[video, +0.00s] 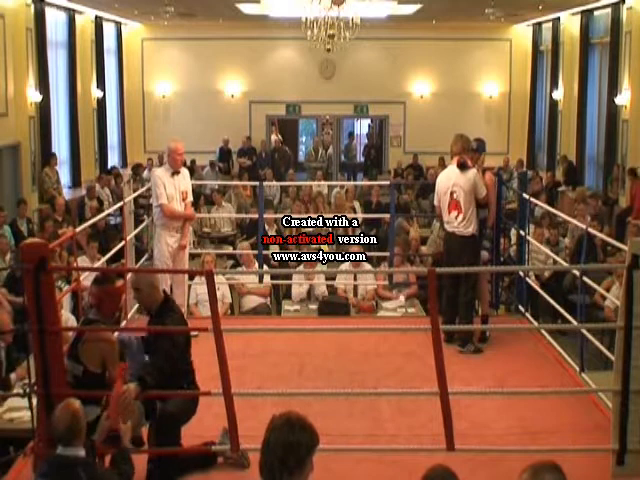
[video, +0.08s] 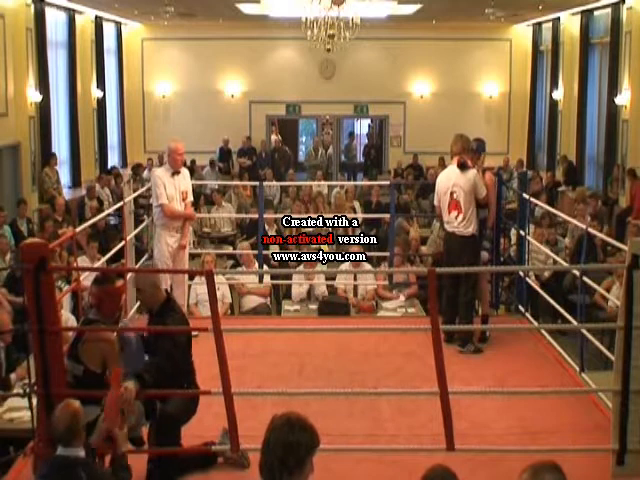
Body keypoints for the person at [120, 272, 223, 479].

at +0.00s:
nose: (135, 297)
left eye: (138, 291)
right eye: (134, 291)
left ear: (154, 290)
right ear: (154, 291)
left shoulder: (171, 322)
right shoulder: (158, 315)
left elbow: (165, 364)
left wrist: (140, 384)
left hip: (181, 391)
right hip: (162, 388)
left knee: (165, 415)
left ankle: (216, 451)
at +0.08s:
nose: (138, 298)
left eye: (140, 292)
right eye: (137, 292)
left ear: (154, 290)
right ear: (154, 290)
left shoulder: (173, 321)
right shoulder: (156, 314)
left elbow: (165, 362)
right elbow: (152, 350)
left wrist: (138, 381)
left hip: (181, 392)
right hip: (164, 390)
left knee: (166, 417)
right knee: (164, 465)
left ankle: (217, 451)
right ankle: (217, 449)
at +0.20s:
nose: (141, 294)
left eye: (145, 289)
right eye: (139, 289)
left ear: (162, 287)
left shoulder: (177, 318)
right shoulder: (154, 313)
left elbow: (174, 363)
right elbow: (153, 354)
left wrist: (144, 374)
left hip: (182, 393)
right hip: (161, 391)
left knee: (166, 415)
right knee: (165, 466)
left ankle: (217, 451)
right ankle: (216, 450)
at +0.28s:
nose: (141, 295)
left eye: (145, 289)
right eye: (140, 289)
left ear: (162, 287)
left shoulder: (178, 318)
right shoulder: (154, 314)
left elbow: (176, 365)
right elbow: (150, 352)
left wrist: (144, 375)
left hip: (182, 393)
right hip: (160, 391)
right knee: (164, 466)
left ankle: (216, 451)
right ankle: (216, 450)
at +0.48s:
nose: (143, 294)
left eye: (147, 288)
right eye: (142, 288)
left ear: (164, 286)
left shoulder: (181, 320)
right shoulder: (154, 315)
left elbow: (178, 367)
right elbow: (142, 350)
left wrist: (148, 382)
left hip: (182, 392)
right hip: (160, 391)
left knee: (159, 467)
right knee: (163, 465)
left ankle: (216, 451)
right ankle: (215, 450)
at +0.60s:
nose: (143, 294)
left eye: (147, 288)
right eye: (142, 288)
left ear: (163, 287)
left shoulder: (182, 320)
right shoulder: (152, 314)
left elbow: (178, 367)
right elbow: (136, 347)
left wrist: (148, 376)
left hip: (183, 392)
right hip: (158, 390)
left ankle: (215, 451)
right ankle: (215, 451)